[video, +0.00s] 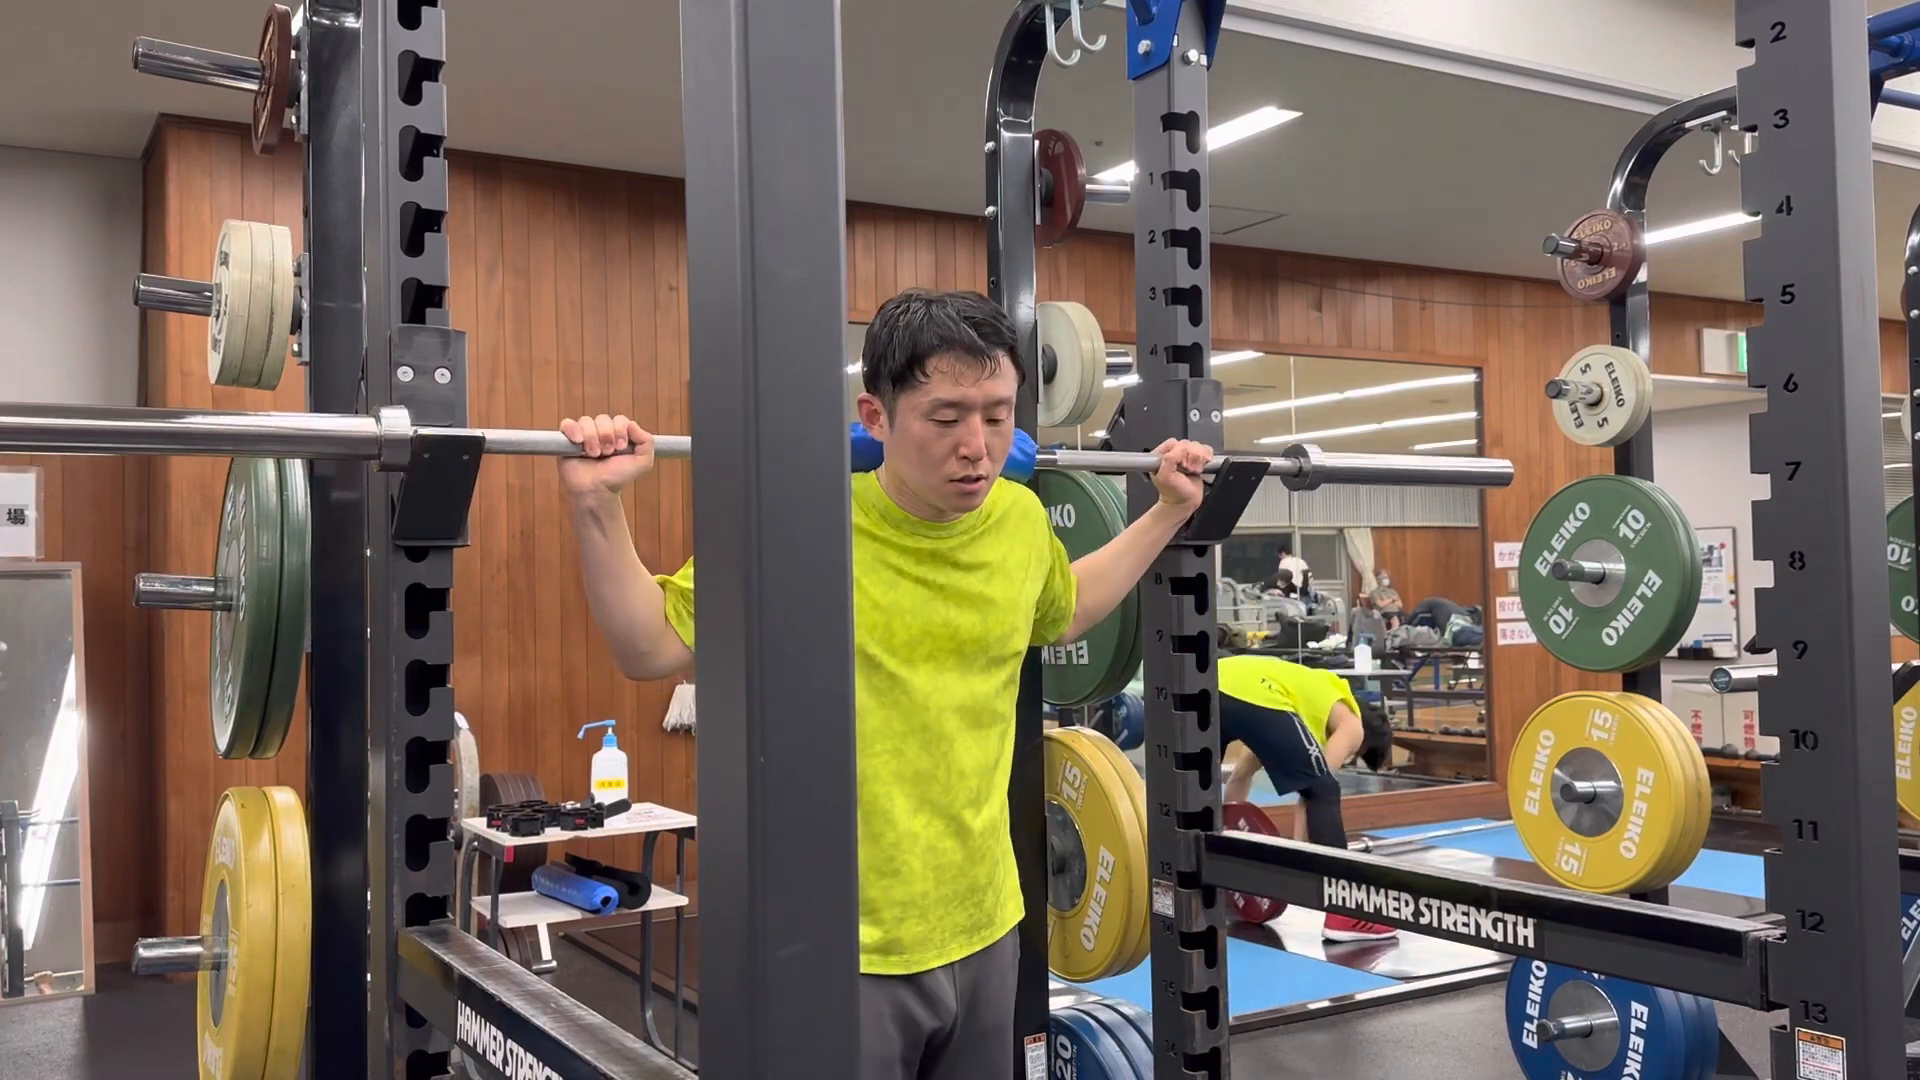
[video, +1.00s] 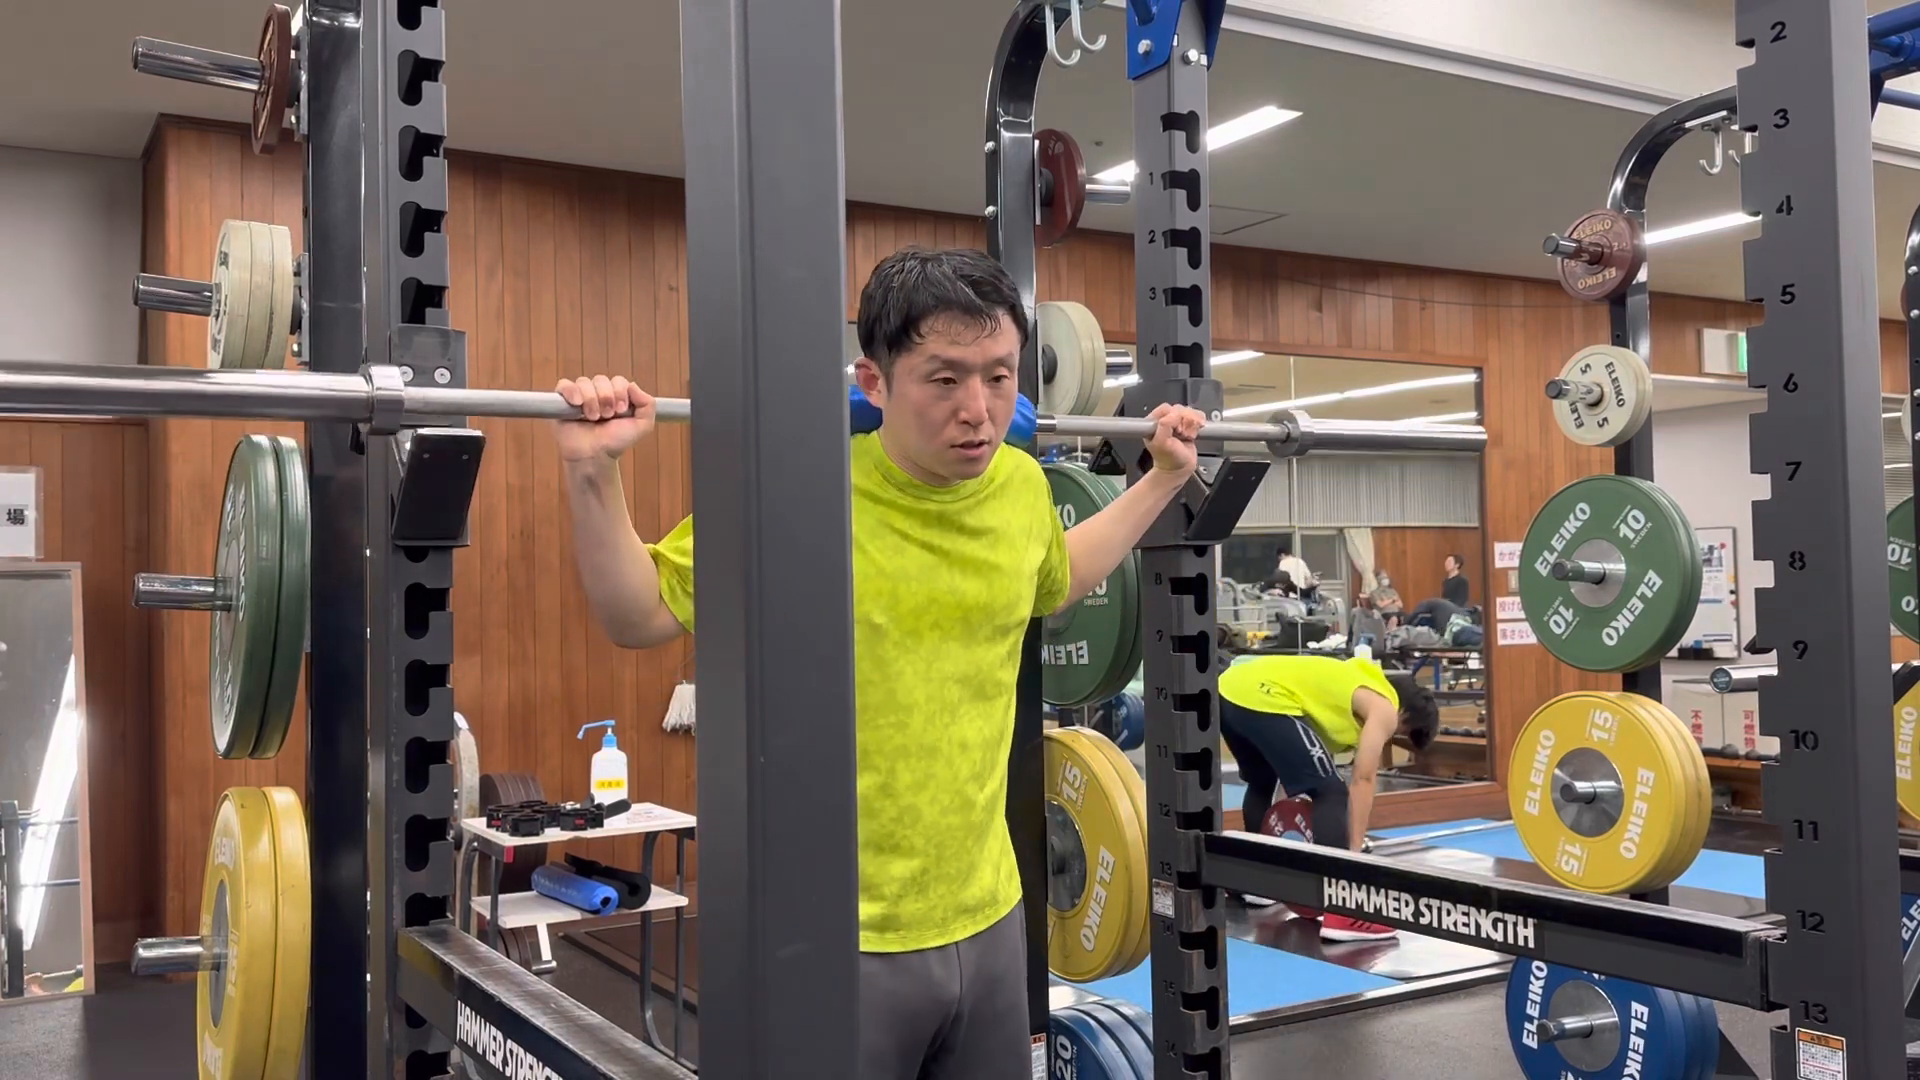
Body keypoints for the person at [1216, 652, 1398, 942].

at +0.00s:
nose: (1348, 759)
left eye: (1354, 758)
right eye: (1355, 754)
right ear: (1366, 735)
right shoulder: (1351, 725)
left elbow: (1241, 774)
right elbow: (1309, 794)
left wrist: (1228, 832)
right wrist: (1301, 861)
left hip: (1207, 687)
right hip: (1263, 700)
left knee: (1195, 791)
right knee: (1323, 791)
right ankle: (1342, 909)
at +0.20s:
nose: (1355, 741)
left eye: (1363, 738)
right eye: (1364, 736)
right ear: (1369, 718)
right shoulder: (1354, 711)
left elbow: (1257, 771)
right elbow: (1335, 778)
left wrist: (1251, 831)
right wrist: (1326, 830)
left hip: (1209, 687)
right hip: (1261, 701)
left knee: (1195, 795)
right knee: (1319, 792)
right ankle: (1342, 909)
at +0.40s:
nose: (1379, 738)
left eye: (1385, 735)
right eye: (1385, 732)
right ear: (1388, 717)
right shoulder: (1369, 705)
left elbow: (1281, 767)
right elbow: (1354, 779)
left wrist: (1279, 827)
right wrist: (1352, 848)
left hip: (1218, 686)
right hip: (1266, 700)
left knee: (1200, 792)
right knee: (1326, 794)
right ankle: (1343, 908)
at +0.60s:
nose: (1399, 735)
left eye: (1405, 733)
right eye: (1405, 729)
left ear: (1398, 688)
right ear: (1408, 716)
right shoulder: (1388, 713)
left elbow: (1291, 772)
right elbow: (1363, 784)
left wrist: (1285, 838)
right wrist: (1354, 840)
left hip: (1228, 688)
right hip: (1276, 704)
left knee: (1244, 766)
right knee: (1348, 793)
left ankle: (1201, 860)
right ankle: (1344, 910)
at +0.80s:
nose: (1401, 744)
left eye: (1408, 741)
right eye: (1408, 739)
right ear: (1411, 722)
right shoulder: (1390, 714)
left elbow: (1297, 767)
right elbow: (1364, 786)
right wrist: (1356, 840)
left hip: (1232, 696)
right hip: (1275, 710)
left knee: (1259, 786)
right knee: (1350, 794)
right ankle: (1342, 909)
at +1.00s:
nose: (1395, 736)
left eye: (1401, 734)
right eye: (1402, 731)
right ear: (1404, 714)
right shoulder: (1383, 709)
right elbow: (1363, 780)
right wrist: (1355, 848)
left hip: (1230, 690)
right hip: (1268, 701)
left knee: (1261, 780)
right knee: (1332, 794)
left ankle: (1252, 881)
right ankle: (1341, 909)